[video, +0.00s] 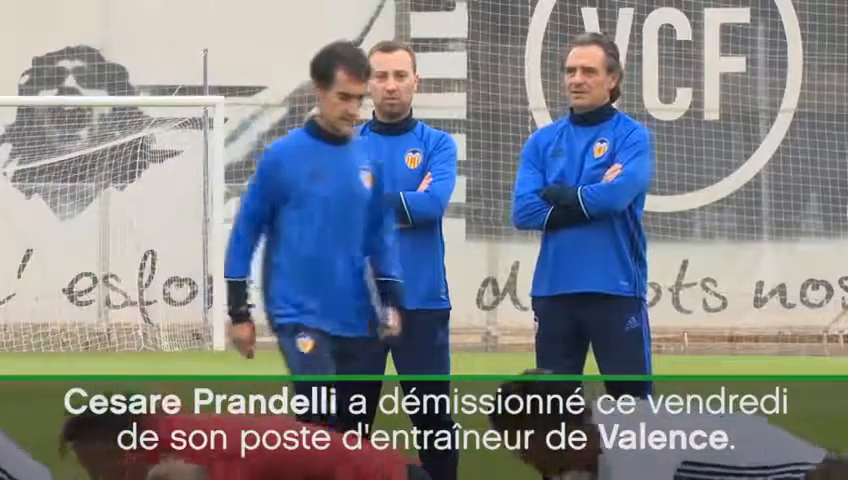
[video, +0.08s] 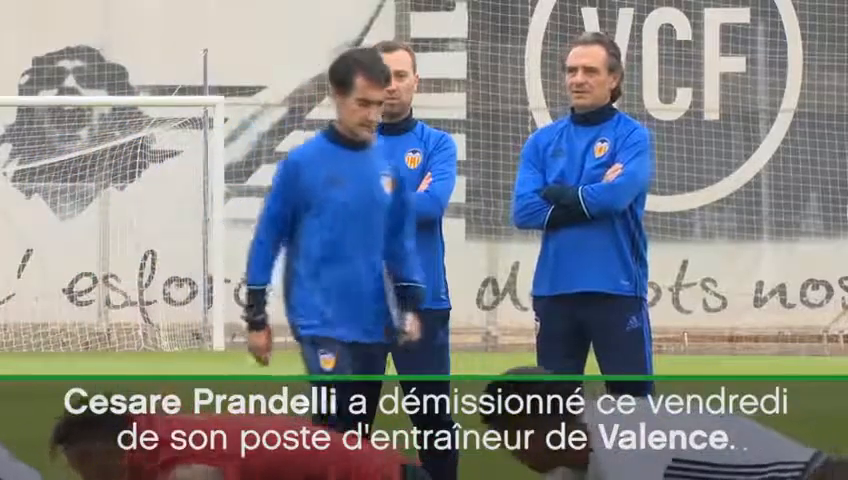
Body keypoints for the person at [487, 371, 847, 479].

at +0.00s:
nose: (525, 457)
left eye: (521, 447)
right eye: (518, 447)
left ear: (541, 439)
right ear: (569, 406)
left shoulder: (630, 465)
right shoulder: (606, 414)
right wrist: (569, 474)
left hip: (809, 469)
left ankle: (819, 464)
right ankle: (818, 461)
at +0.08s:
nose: (514, 452)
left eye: (512, 439)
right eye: (507, 441)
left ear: (539, 433)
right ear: (561, 409)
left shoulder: (620, 463)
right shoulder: (603, 419)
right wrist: (564, 473)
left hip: (811, 472)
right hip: (809, 463)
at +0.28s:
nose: (501, 454)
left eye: (497, 442)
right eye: (493, 444)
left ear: (522, 431)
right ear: (539, 407)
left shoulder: (607, 465)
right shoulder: (590, 415)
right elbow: (555, 470)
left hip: (799, 472)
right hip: (800, 460)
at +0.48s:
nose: (507, 453)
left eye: (504, 440)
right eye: (500, 442)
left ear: (528, 430)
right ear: (546, 408)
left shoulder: (614, 460)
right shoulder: (595, 424)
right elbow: (554, 475)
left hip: (805, 472)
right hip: (799, 463)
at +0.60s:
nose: (516, 454)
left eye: (515, 442)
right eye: (508, 442)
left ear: (545, 437)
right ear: (555, 414)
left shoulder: (626, 461)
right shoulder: (601, 417)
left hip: (814, 471)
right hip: (806, 462)